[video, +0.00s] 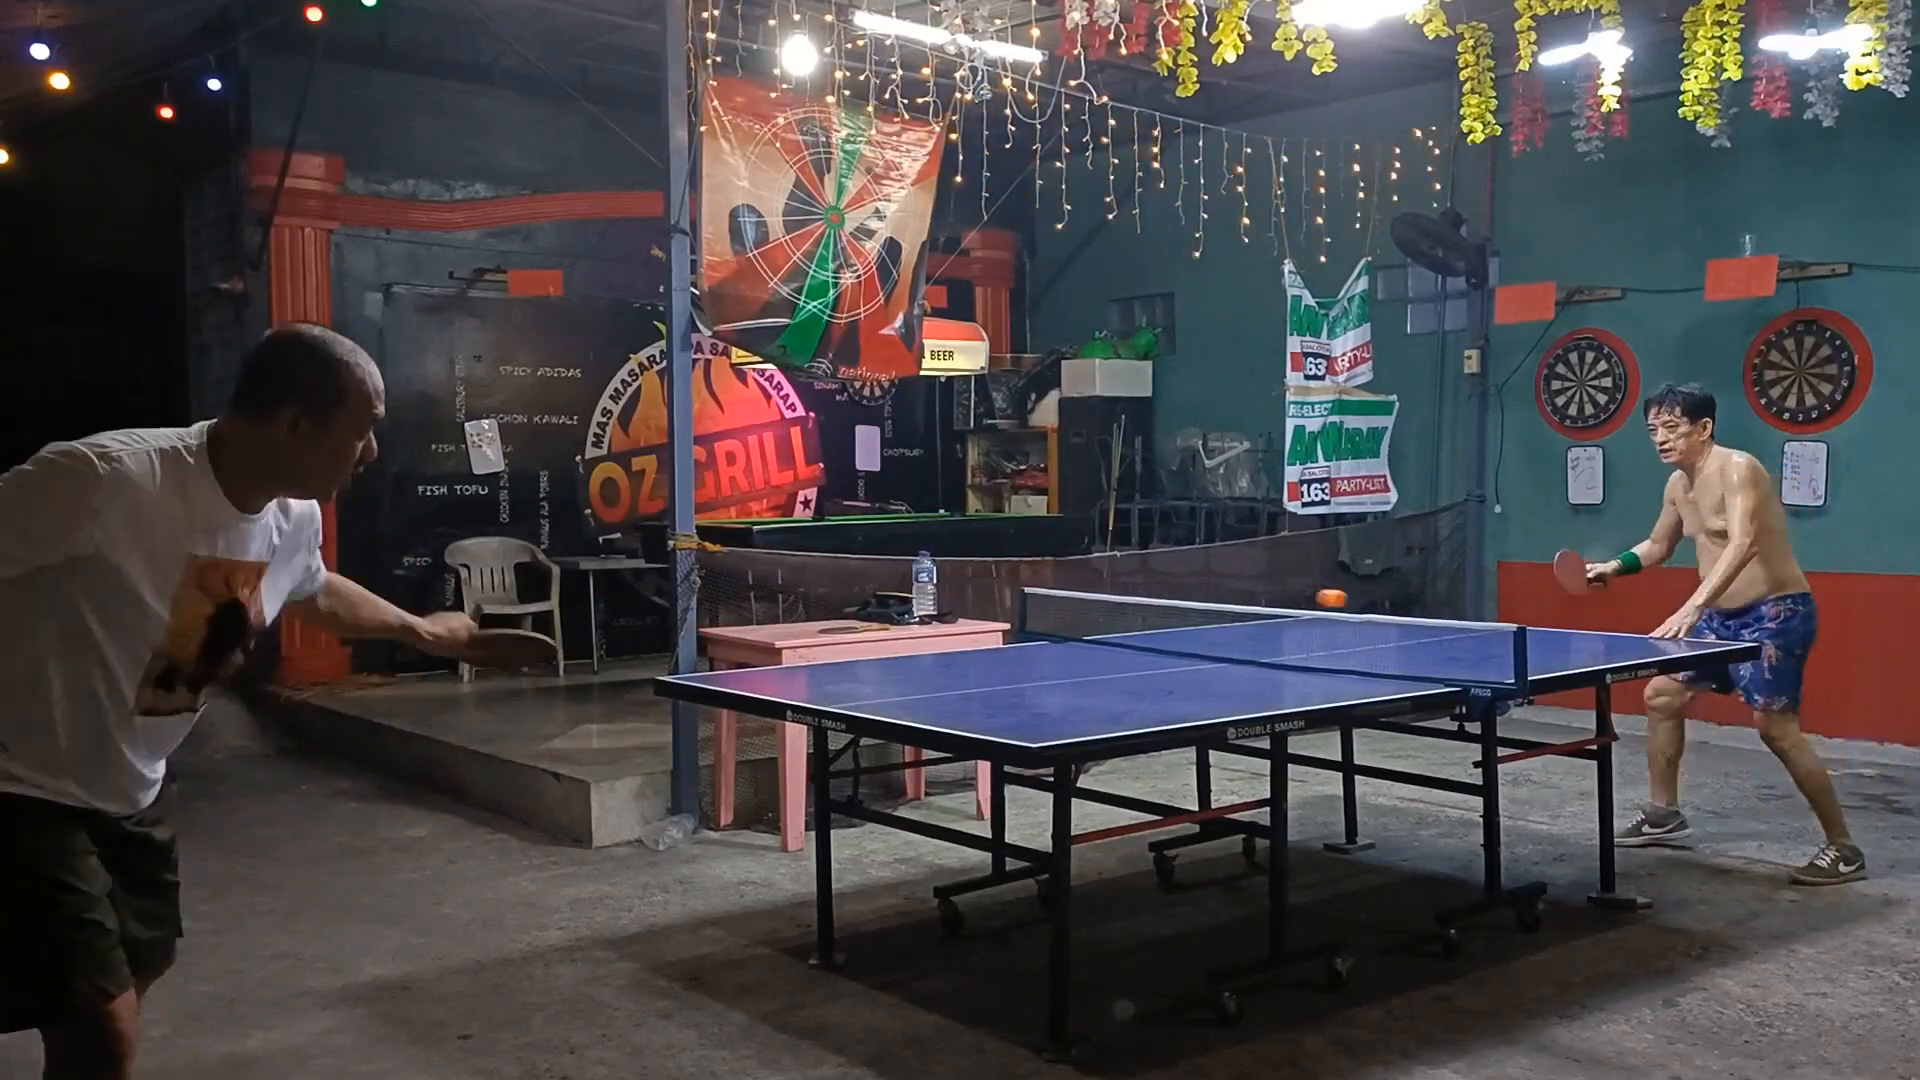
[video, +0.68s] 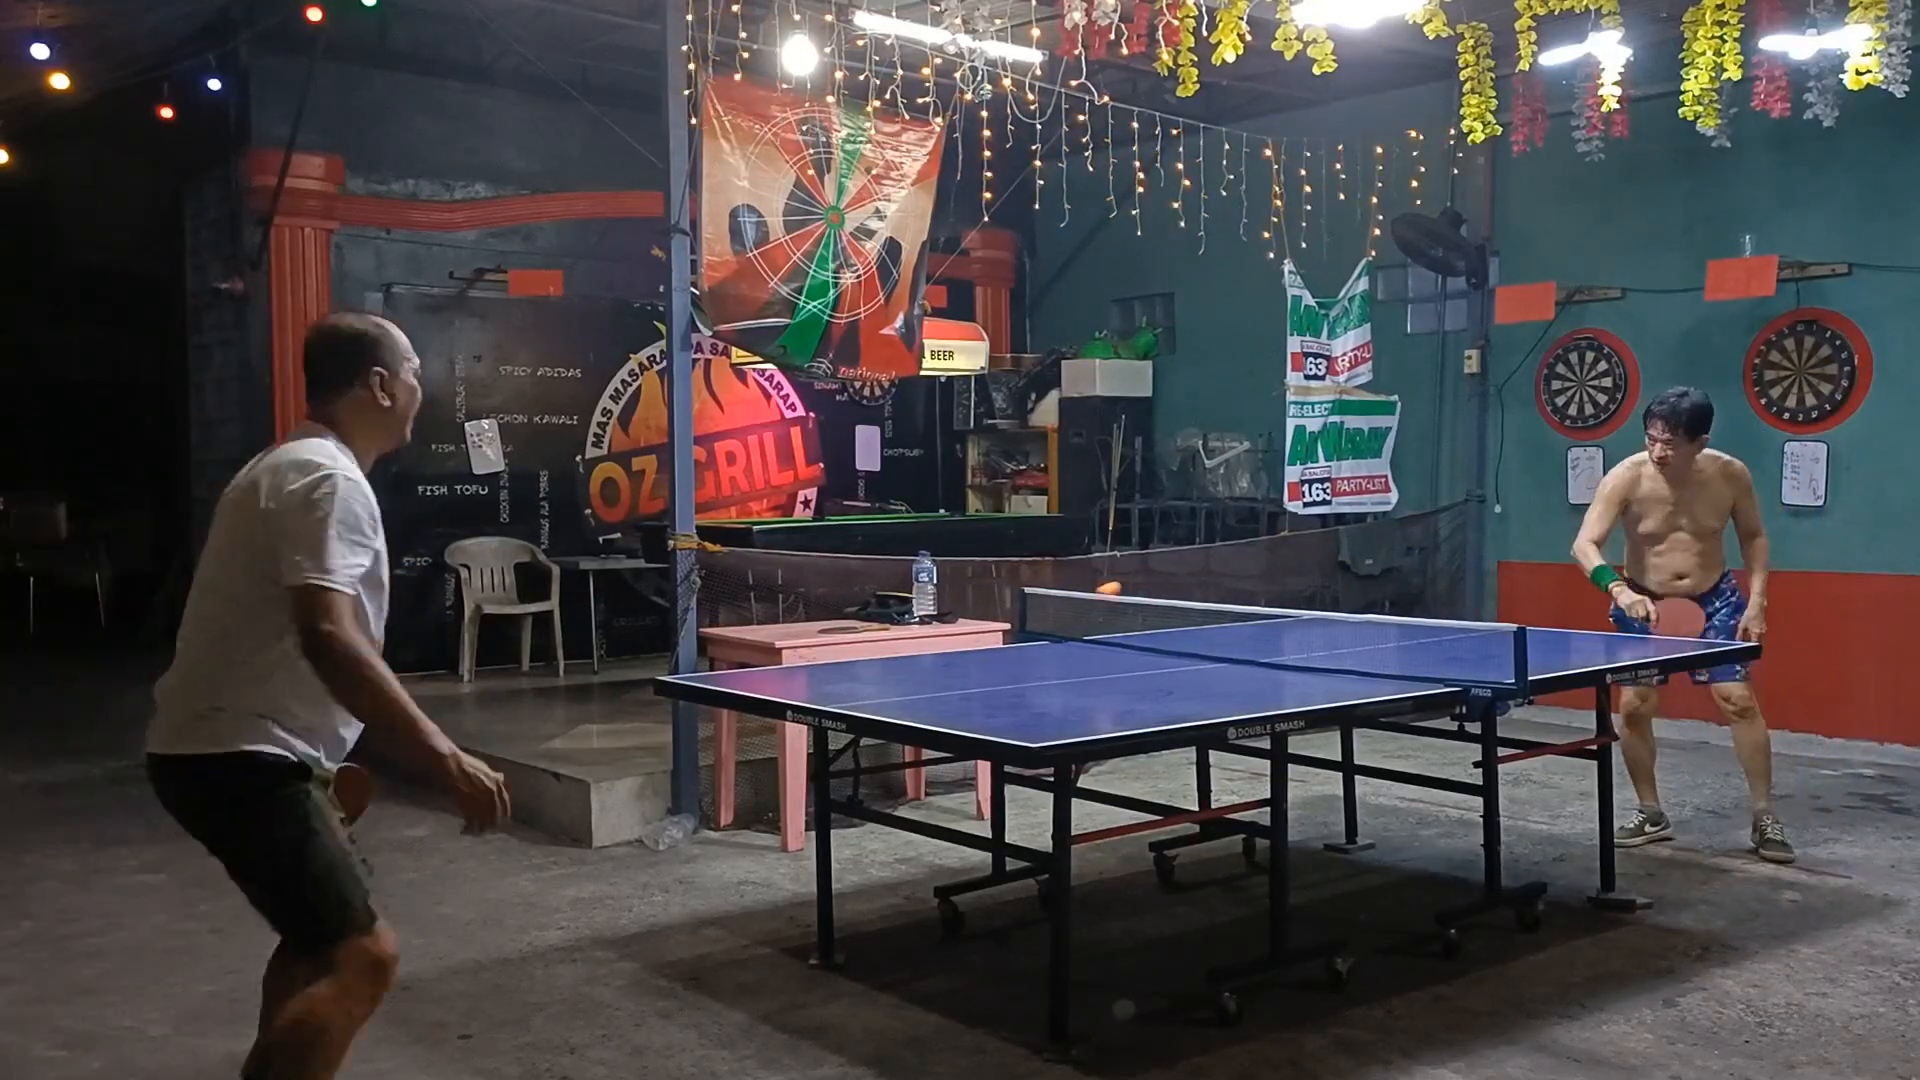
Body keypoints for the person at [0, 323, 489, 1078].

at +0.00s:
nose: (372, 453)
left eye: (374, 432)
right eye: (364, 431)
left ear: (299, 427)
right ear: (296, 425)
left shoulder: (293, 519)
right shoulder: (102, 482)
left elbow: (319, 592)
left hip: (133, 799)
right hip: (26, 792)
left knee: (114, 1022)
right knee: (100, 1036)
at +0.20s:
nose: (368, 403)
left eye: (368, 383)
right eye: (356, 383)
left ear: (295, 392)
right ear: (291, 390)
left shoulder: (276, 477)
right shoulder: (134, 485)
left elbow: (243, 611)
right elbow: (6, 596)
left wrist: (307, 676)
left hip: (168, 780)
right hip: (64, 785)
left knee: (168, 991)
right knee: (153, 1038)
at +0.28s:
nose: (366, 389)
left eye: (365, 368)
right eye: (353, 367)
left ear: (294, 380)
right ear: (290, 377)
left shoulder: (272, 473)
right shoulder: (153, 480)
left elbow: (242, 602)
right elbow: (34, 623)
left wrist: (255, 696)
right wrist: (15, 758)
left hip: (181, 780)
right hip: (85, 785)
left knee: (174, 1018)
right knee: (168, 1033)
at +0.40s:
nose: (371, 374)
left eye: (367, 354)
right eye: (358, 353)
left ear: (304, 367)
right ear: (306, 366)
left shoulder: (271, 472)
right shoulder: (206, 471)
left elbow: (218, 647)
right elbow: (138, 645)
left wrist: (243, 789)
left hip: (194, 778)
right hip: (124, 778)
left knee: (225, 1012)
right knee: (196, 1026)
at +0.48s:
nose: (377, 374)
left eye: (375, 354)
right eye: (366, 354)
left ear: (305, 366)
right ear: (315, 365)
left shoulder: (273, 469)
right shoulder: (237, 466)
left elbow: (238, 654)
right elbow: (187, 637)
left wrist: (337, 773)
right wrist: (329, 761)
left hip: (223, 774)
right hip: (164, 775)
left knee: (245, 1016)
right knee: (218, 1027)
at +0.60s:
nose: (393, 382)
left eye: (390, 365)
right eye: (384, 365)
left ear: (325, 380)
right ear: (342, 379)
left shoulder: (268, 460)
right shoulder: (278, 473)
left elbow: (221, 642)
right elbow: (247, 634)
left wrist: (284, 764)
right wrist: (400, 734)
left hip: (229, 760)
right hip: (210, 768)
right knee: (263, 1012)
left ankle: (248, 1053)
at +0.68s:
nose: (420, 391)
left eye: (417, 375)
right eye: (413, 374)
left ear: (337, 389)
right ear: (380, 384)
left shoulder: (273, 470)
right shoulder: (329, 479)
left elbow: (252, 642)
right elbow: (331, 635)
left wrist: (319, 762)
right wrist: (449, 760)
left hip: (203, 745)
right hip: (241, 752)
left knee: (315, 943)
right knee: (361, 959)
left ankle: (274, 1063)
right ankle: (279, 1068)